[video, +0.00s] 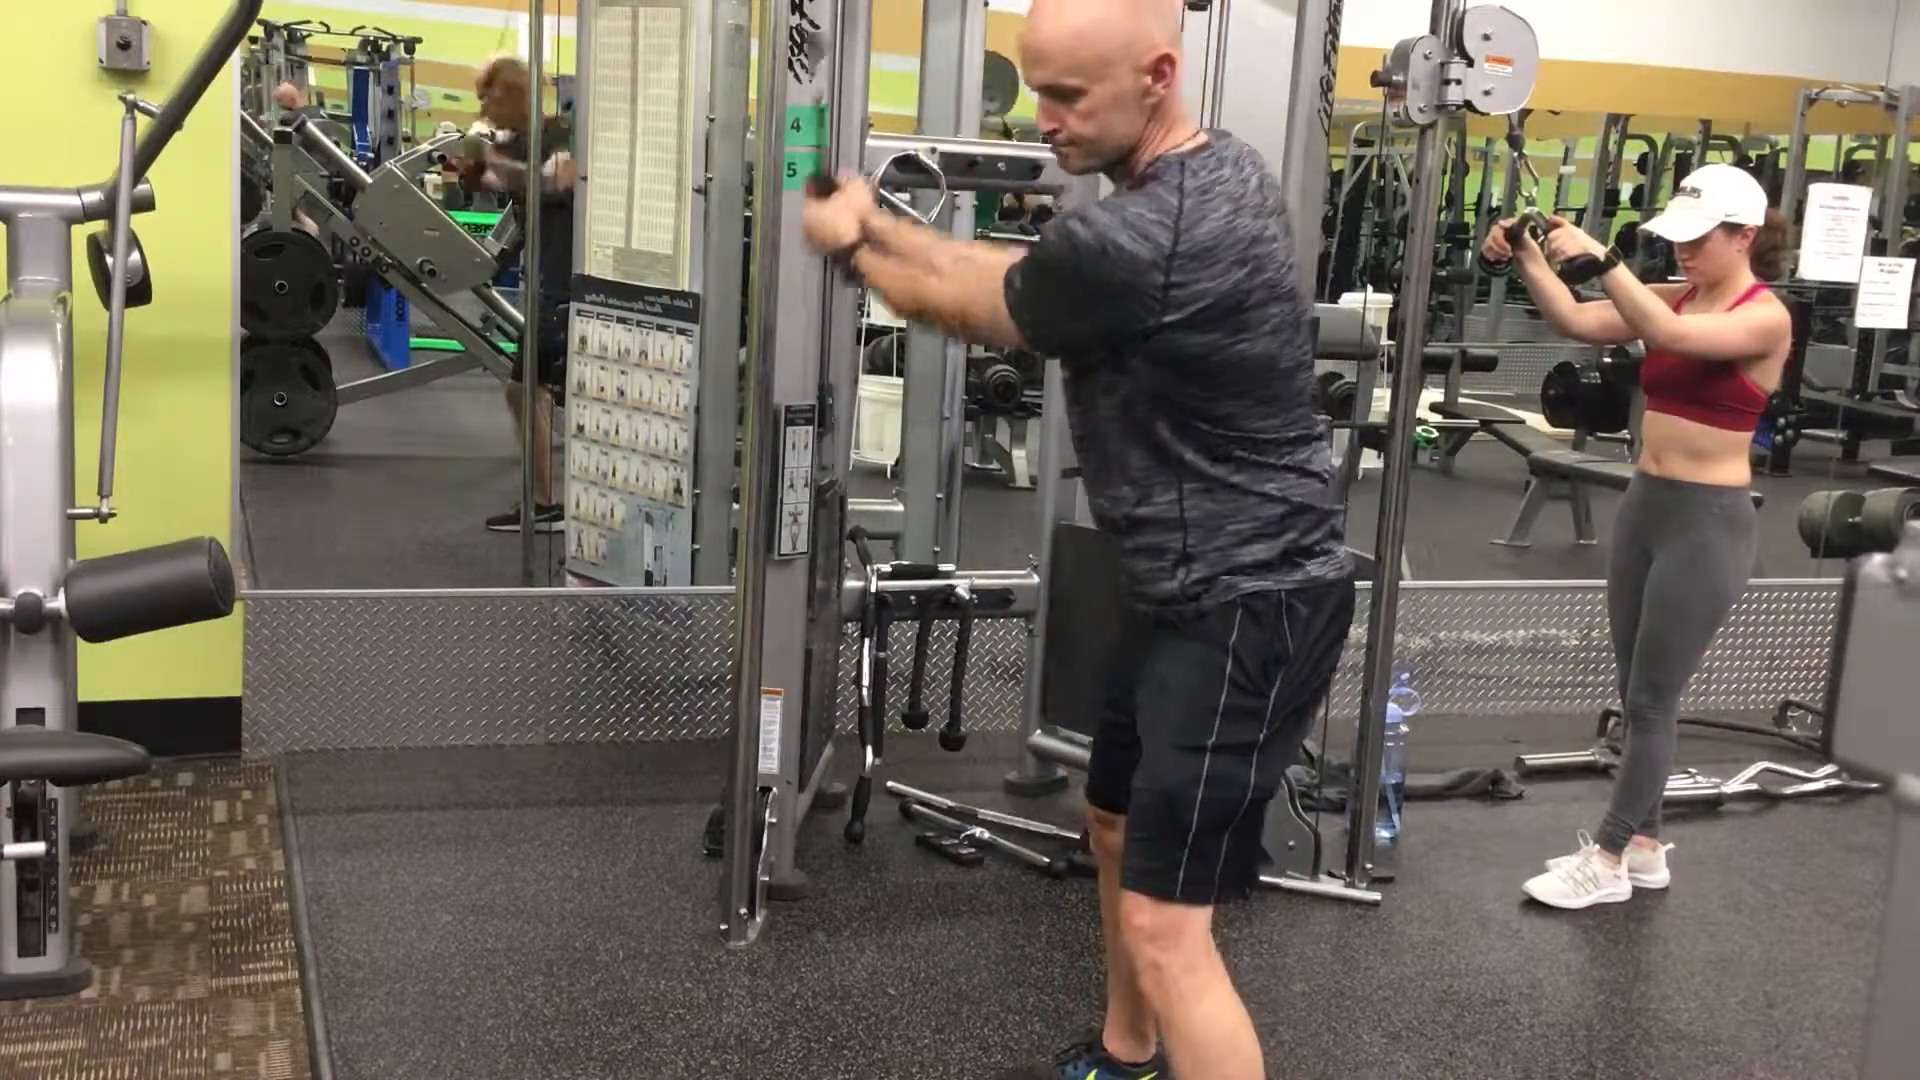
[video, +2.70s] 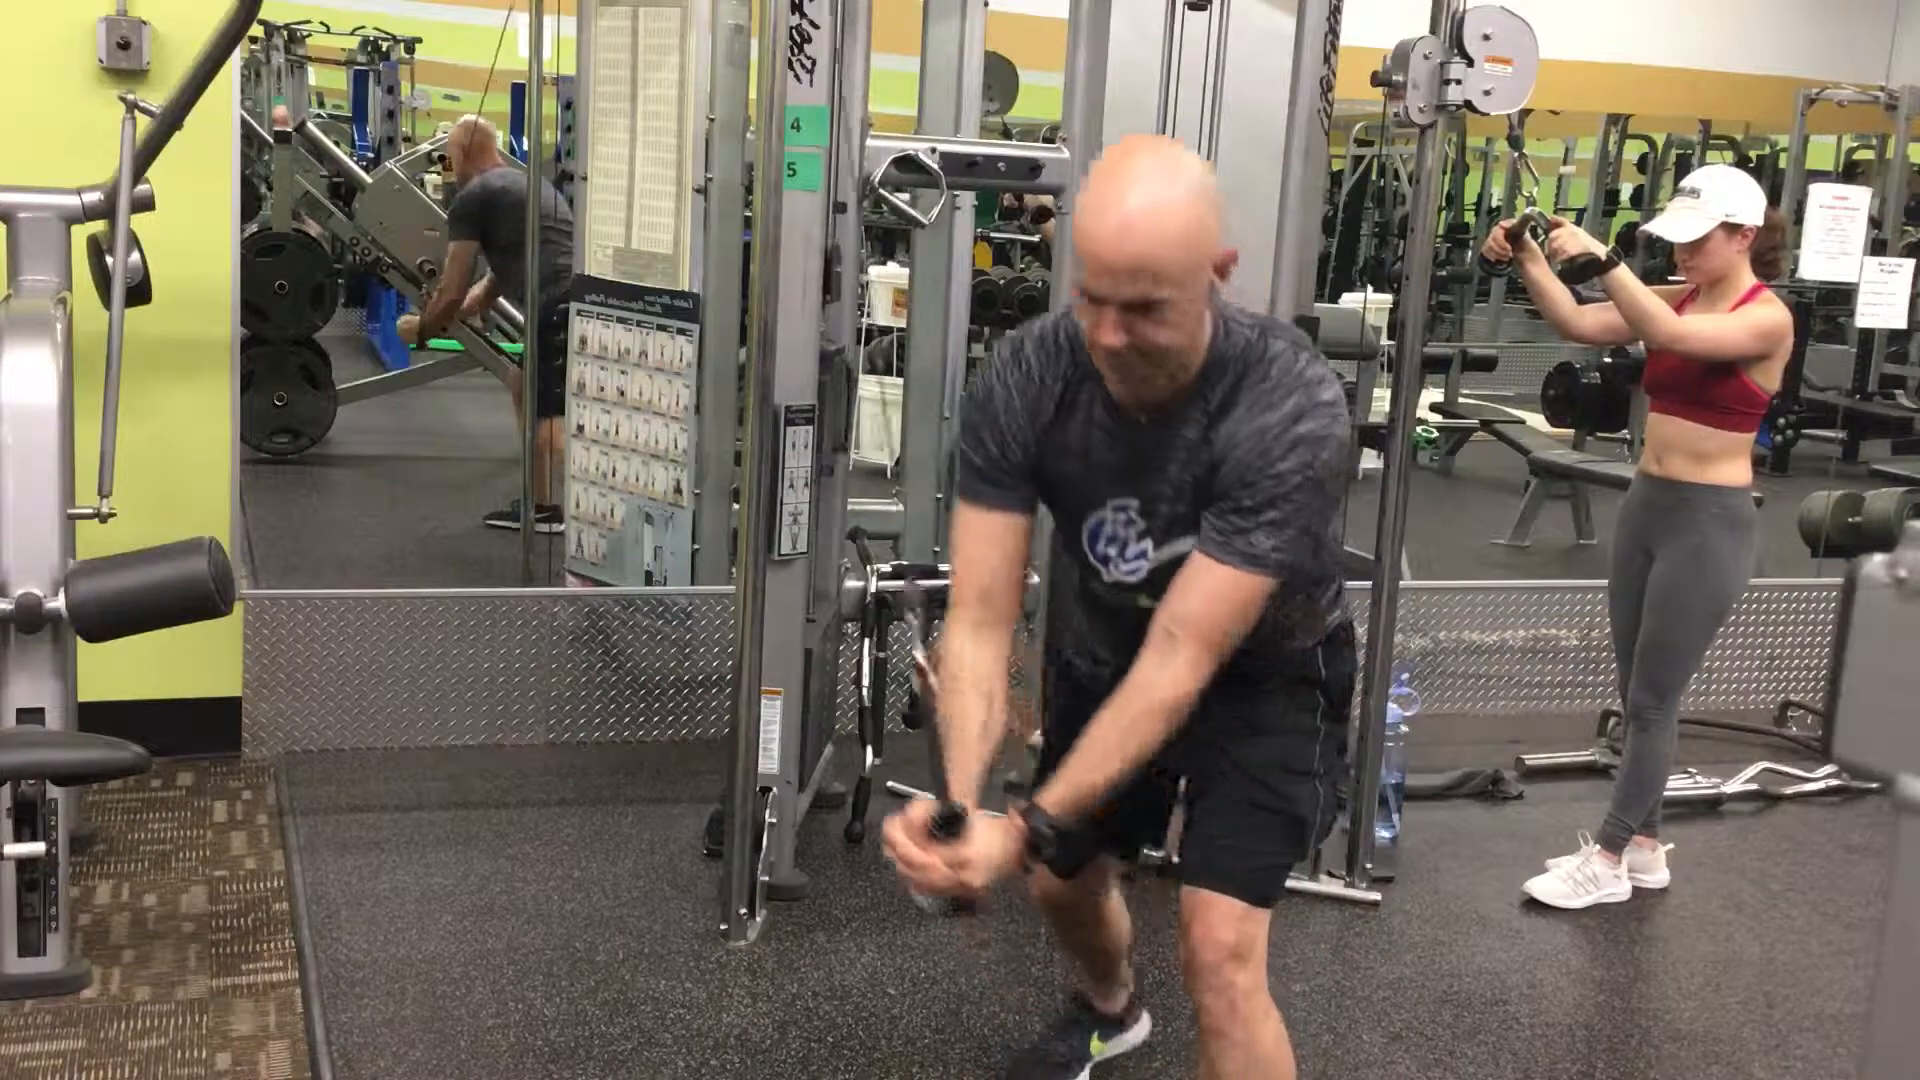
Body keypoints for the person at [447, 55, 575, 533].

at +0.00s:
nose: (485, 104)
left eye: (490, 94)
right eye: (484, 95)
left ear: (516, 92)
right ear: (498, 95)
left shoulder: (559, 135)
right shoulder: (508, 142)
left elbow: (560, 182)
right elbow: (498, 187)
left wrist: (496, 169)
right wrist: (469, 173)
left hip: (560, 278)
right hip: (540, 276)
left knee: (525, 391)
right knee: (542, 394)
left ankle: (545, 498)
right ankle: (549, 496)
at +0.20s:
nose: (471, 117)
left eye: (474, 106)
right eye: (469, 108)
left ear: (499, 100)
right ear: (499, 101)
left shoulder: (551, 140)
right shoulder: (499, 157)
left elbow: (515, 206)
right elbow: (476, 210)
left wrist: (435, 203)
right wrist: (430, 204)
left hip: (564, 288)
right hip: (542, 286)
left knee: (517, 389)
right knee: (547, 392)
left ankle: (543, 499)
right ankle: (554, 496)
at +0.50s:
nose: (456, 123)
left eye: (457, 115)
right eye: (456, 115)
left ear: (471, 113)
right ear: (493, 109)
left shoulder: (502, 155)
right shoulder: (521, 150)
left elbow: (473, 241)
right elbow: (485, 246)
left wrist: (413, 272)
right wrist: (423, 272)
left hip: (559, 292)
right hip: (566, 287)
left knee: (522, 386)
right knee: (518, 382)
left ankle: (544, 500)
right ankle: (545, 497)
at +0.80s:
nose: (450, 156)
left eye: (452, 147)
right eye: (450, 148)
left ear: (463, 144)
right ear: (493, 139)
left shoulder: (474, 184)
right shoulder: (530, 170)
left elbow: (456, 283)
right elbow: (509, 265)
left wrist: (434, 318)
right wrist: (457, 310)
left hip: (556, 295)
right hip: (591, 283)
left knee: (541, 409)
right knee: (523, 380)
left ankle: (544, 503)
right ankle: (545, 497)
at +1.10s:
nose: (466, 192)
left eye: (466, 184)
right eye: (465, 184)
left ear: (475, 183)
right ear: (506, 173)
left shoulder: (472, 226)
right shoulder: (552, 206)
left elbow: (476, 305)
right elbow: (577, 260)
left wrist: (485, 357)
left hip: (535, 320)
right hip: (581, 312)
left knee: (542, 427)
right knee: (554, 421)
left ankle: (561, 507)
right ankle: (541, 502)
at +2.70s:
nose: (449, 166)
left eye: (450, 156)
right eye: (448, 157)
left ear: (463, 153)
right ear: (495, 150)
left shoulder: (474, 196)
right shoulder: (529, 183)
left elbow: (452, 295)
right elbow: (505, 270)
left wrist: (421, 328)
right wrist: (464, 309)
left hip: (557, 309)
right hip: (588, 301)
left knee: (544, 411)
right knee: (523, 385)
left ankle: (546, 506)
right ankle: (544, 501)